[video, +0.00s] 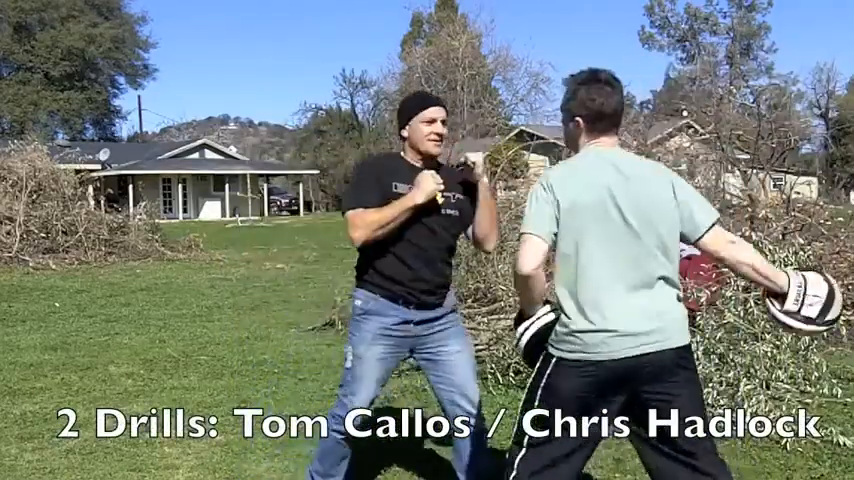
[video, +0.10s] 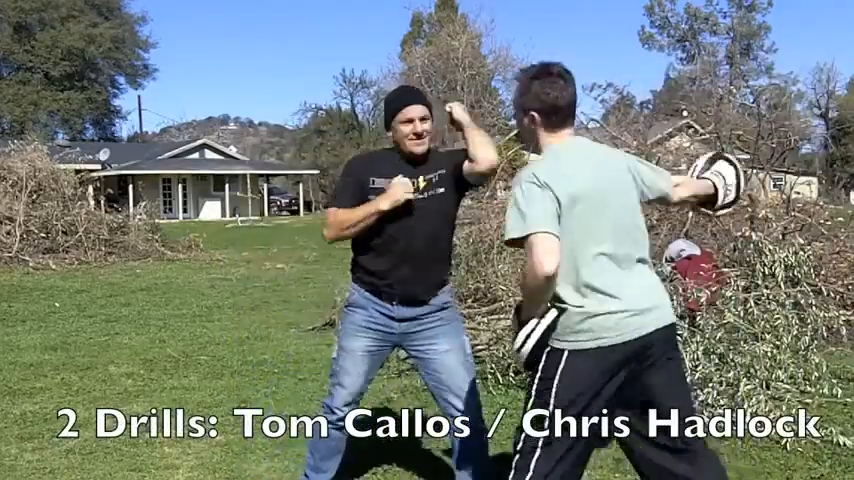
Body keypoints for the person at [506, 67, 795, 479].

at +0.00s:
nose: (564, 130)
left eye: (565, 121)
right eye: (565, 120)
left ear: (576, 123)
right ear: (620, 121)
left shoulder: (554, 182)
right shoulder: (661, 177)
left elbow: (527, 266)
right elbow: (723, 246)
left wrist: (533, 314)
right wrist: (788, 288)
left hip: (581, 355)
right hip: (665, 350)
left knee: (540, 466)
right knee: (697, 465)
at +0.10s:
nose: (517, 125)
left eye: (518, 116)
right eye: (516, 115)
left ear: (532, 120)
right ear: (573, 110)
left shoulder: (536, 175)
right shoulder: (616, 159)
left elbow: (544, 264)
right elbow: (675, 188)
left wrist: (527, 311)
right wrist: (714, 185)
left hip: (586, 338)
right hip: (654, 324)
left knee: (542, 463)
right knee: (681, 450)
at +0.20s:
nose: (492, 124)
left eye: (494, 117)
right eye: (494, 116)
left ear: (509, 120)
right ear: (546, 110)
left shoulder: (538, 176)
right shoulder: (567, 150)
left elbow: (560, 268)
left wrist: (534, 314)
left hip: (594, 331)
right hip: (646, 309)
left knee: (554, 461)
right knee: (680, 442)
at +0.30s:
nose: (493, 131)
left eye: (494, 122)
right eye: (494, 122)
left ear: (507, 126)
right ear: (545, 115)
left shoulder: (535, 183)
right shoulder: (572, 155)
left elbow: (559, 278)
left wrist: (532, 316)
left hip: (591, 334)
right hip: (645, 311)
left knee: (544, 460)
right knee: (677, 441)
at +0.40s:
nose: (516, 128)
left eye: (516, 118)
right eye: (514, 118)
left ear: (530, 122)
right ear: (570, 112)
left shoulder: (541, 180)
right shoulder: (606, 158)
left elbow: (543, 276)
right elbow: (587, 217)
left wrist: (526, 316)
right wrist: (530, 187)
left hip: (586, 341)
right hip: (654, 319)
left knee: (541, 463)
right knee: (678, 450)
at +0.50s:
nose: (550, 124)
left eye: (550, 114)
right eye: (549, 114)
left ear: (567, 116)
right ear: (606, 107)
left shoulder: (568, 177)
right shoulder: (645, 160)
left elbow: (549, 273)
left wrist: (541, 311)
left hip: (599, 346)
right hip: (672, 329)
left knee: (556, 465)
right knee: (690, 456)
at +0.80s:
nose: (597, 106)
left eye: (600, 97)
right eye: (598, 96)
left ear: (618, 102)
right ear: (656, 98)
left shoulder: (618, 164)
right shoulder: (681, 152)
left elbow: (596, 270)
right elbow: (670, 241)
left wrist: (571, 314)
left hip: (631, 345)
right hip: (698, 332)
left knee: (591, 466)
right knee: (706, 461)